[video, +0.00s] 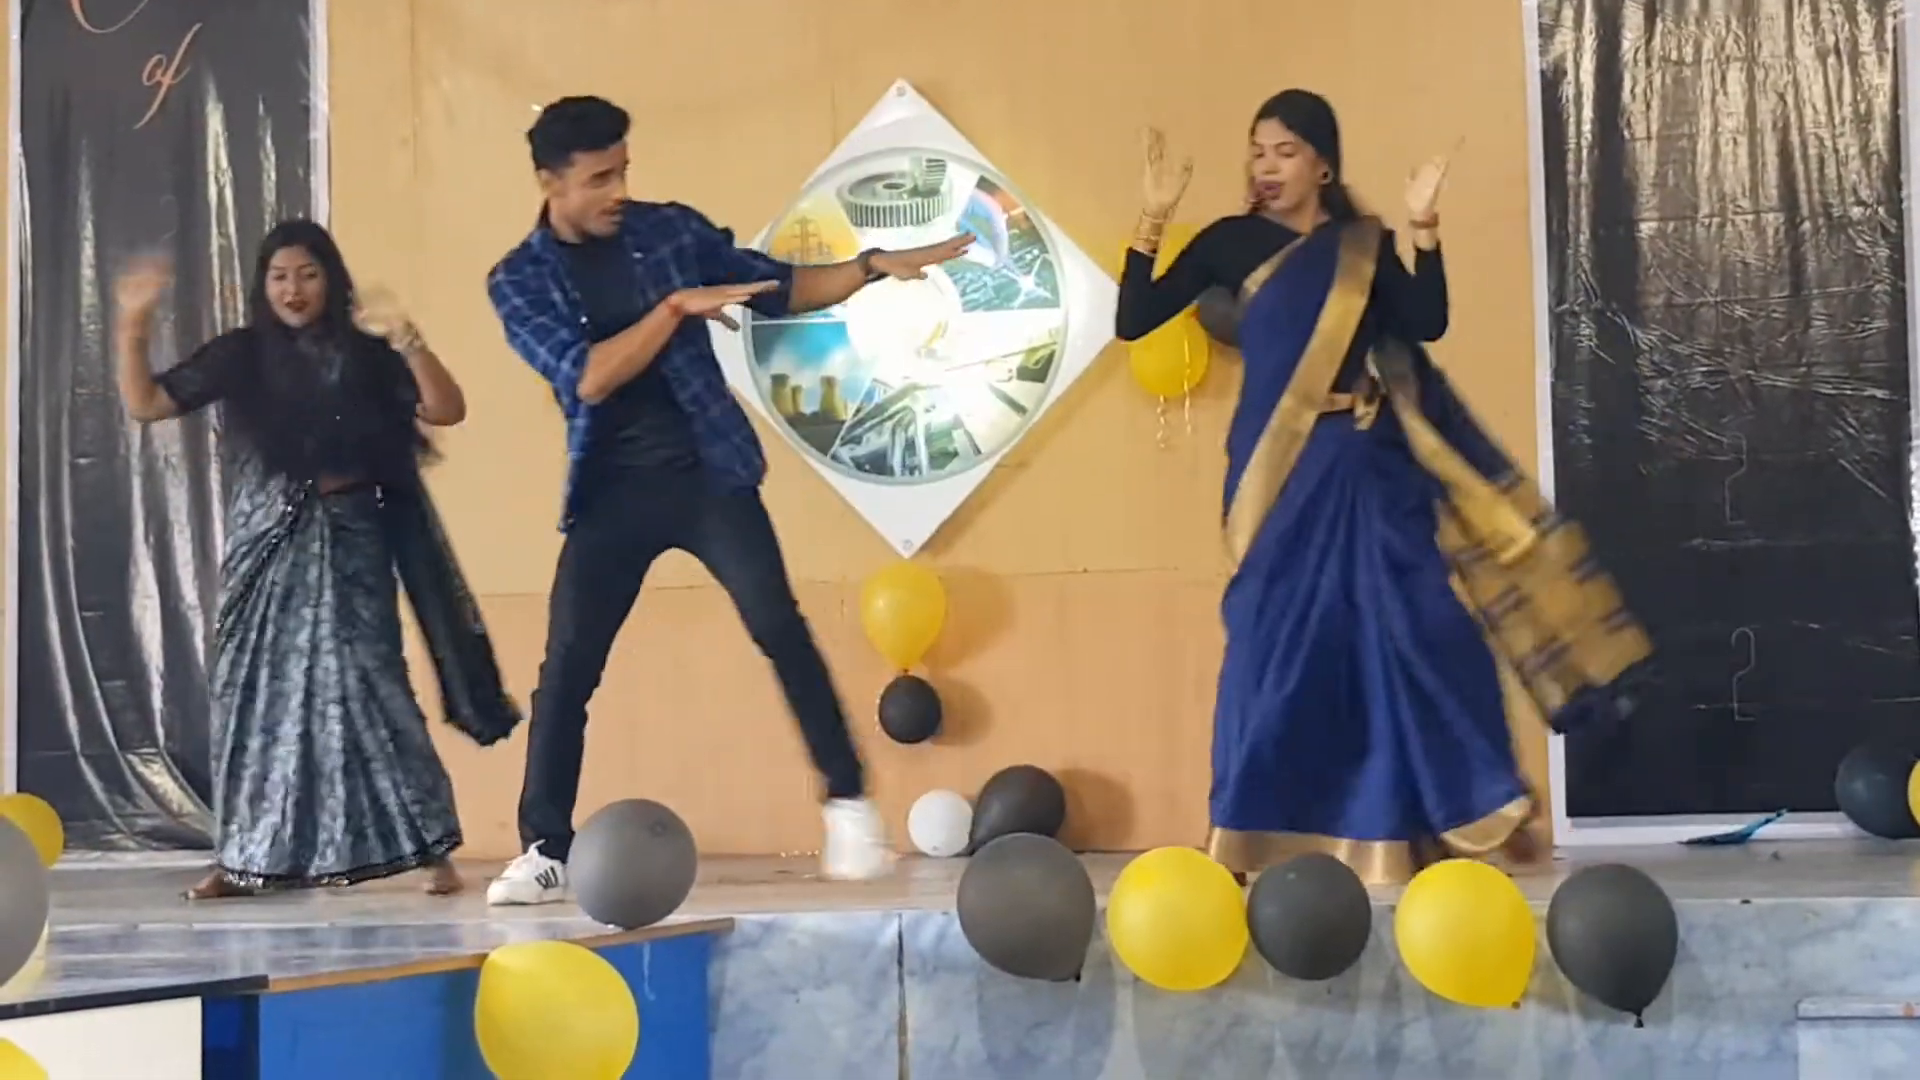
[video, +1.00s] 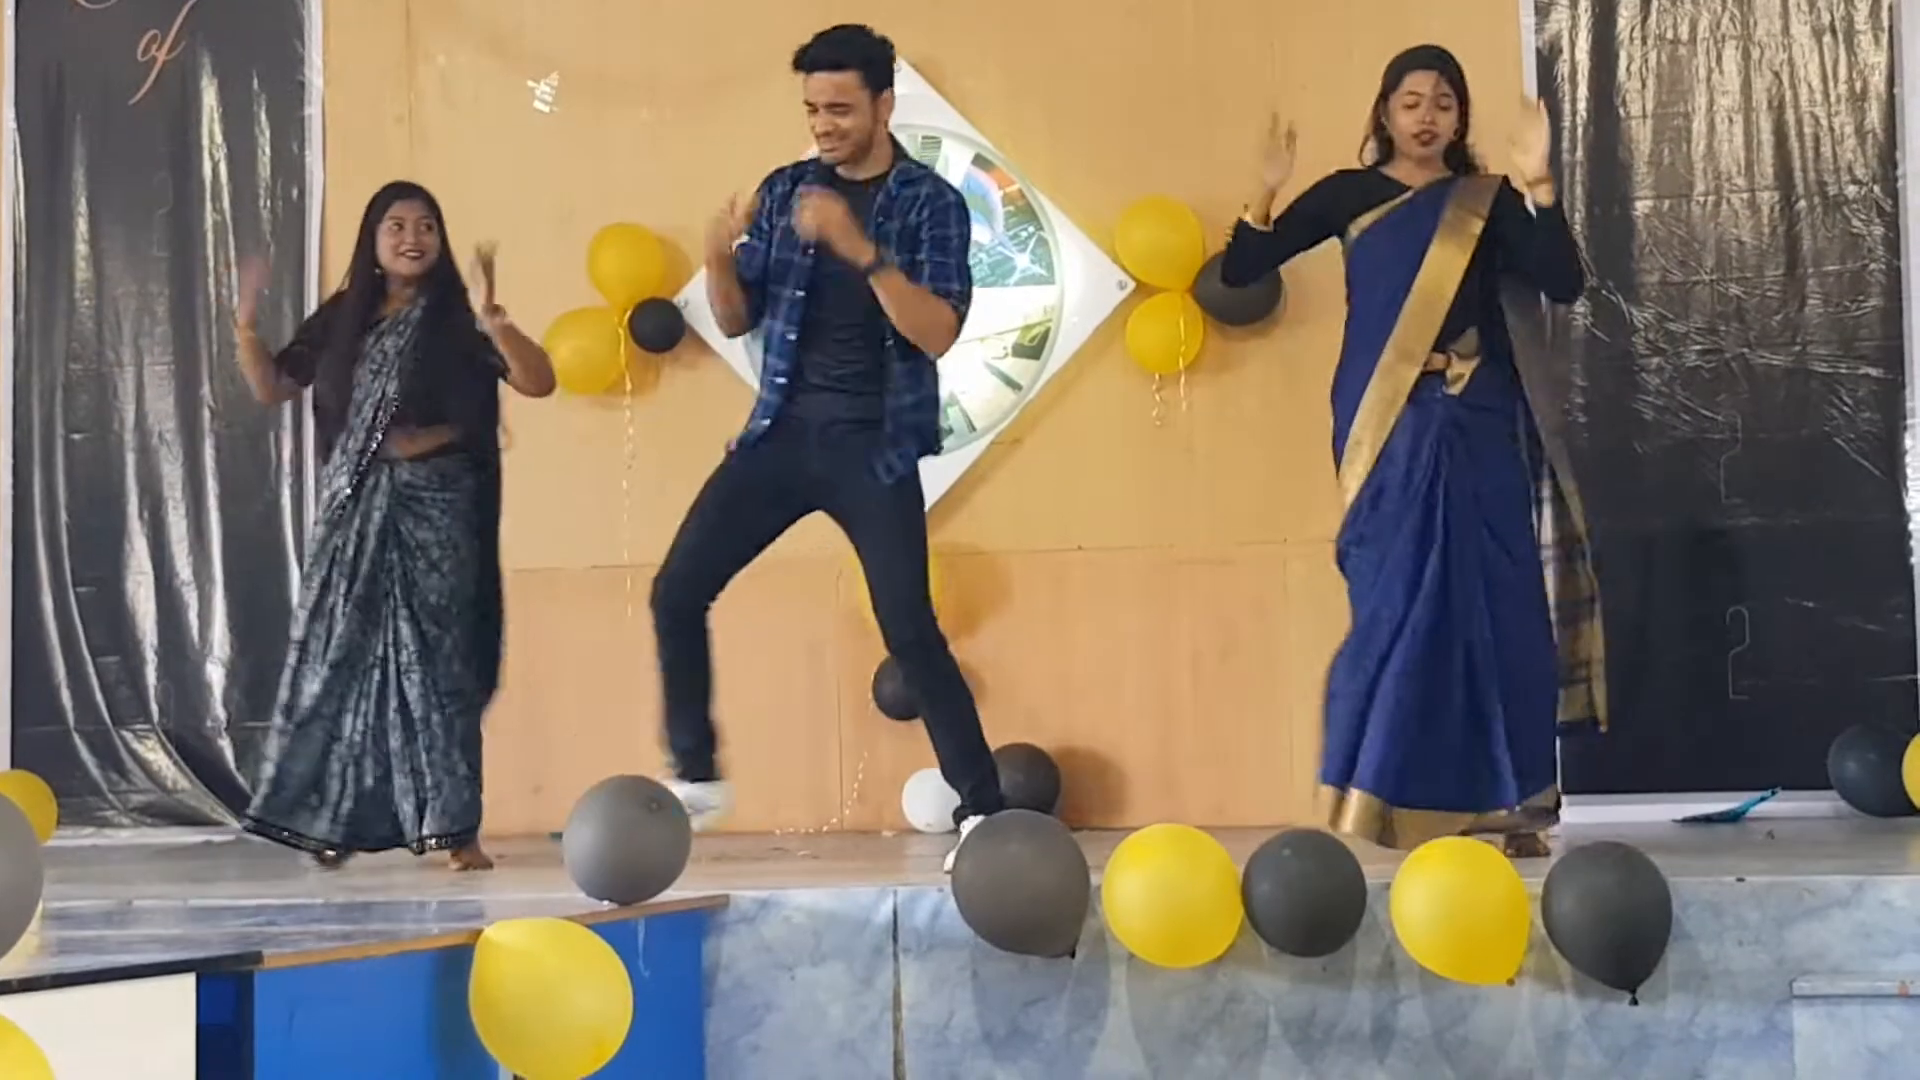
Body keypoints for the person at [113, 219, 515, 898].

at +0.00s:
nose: (293, 288)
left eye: (307, 274)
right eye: (279, 276)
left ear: (332, 281)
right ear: (262, 286)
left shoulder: (366, 354)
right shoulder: (244, 352)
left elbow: (449, 411)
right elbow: (146, 404)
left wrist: (411, 341)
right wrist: (133, 321)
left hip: (355, 537)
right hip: (270, 541)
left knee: (374, 687)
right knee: (257, 690)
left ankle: (431, 849)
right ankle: (247, 856)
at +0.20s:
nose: (261, 284)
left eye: (275, 271)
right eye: (248, 272)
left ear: (299, 278)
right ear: (230, 282)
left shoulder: (337, 345)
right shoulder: (212, 355)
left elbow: (422, 406)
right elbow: (128, 421)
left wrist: (408, 346)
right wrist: (142, 346)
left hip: (324, 537)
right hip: (239, 540)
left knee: (317, 691)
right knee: (232, 690)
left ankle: (315, 855)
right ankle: (235, 857)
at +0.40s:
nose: (268, 270)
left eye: (282, 258)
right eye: (255, 258)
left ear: (305, 270)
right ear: (236, 272)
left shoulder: (331, 342)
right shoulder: (212, 348)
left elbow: (412, 407)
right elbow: (126, 406)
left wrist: (373, 340)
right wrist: (102, 328)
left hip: (326, 526)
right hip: (243, 530)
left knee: (329, 673)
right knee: (230, 675)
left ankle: (347, 822)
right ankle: (220, 847)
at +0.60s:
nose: (311, 248)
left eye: (325, 237)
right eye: (296, 237)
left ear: (343, 250)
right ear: (274, 250)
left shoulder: (364, 323)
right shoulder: (246, 329)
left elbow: (446, 386)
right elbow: (162, 393)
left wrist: (416, 312)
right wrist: (149, 306)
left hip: (348, 516)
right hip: (268, 519)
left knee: (383, 661)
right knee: (256, 668)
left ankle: (452, 814)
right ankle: (229, 839)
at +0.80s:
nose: (373, 255)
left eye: (386, 243)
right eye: (357, 244)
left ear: (405, 256)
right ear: (335, 261)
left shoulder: (425, 330)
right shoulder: (313, 336)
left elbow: (487, 399)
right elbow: (235, 412)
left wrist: (486, 325)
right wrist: (229, 333)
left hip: (401, 513)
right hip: (321, 514)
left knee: (415, 668)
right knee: (284, 661)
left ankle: (462, 833)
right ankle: (235, 839)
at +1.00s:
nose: (412, 237)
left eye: (424, 227)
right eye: (397, 226)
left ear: (440, 240)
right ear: (373, 240)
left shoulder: (460, 317)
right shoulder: (345, 313)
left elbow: (540, 383)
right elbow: (271, 388)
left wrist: (499, 326)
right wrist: (246, 324)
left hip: (441, 496)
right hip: (360, 498)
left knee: (443, 656)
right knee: (347, 651)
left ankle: (453, 828)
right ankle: (340, 817)